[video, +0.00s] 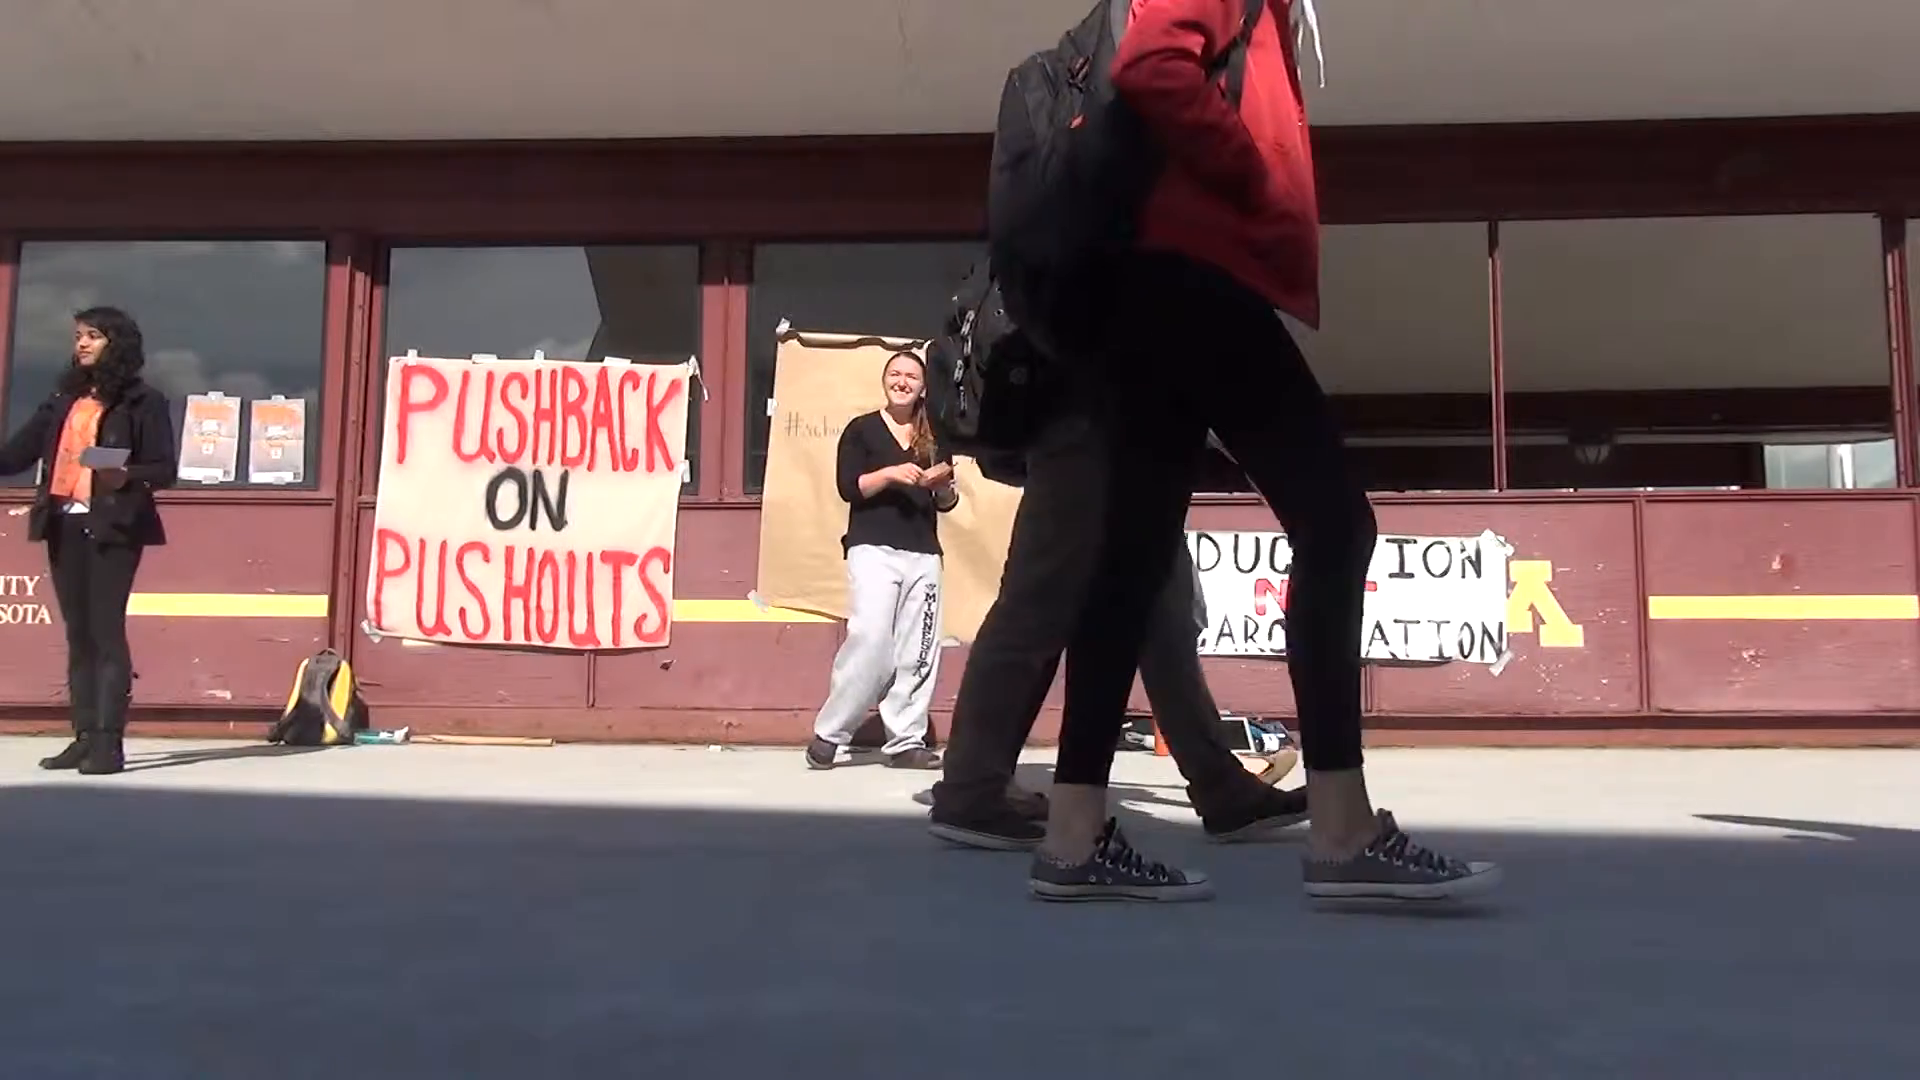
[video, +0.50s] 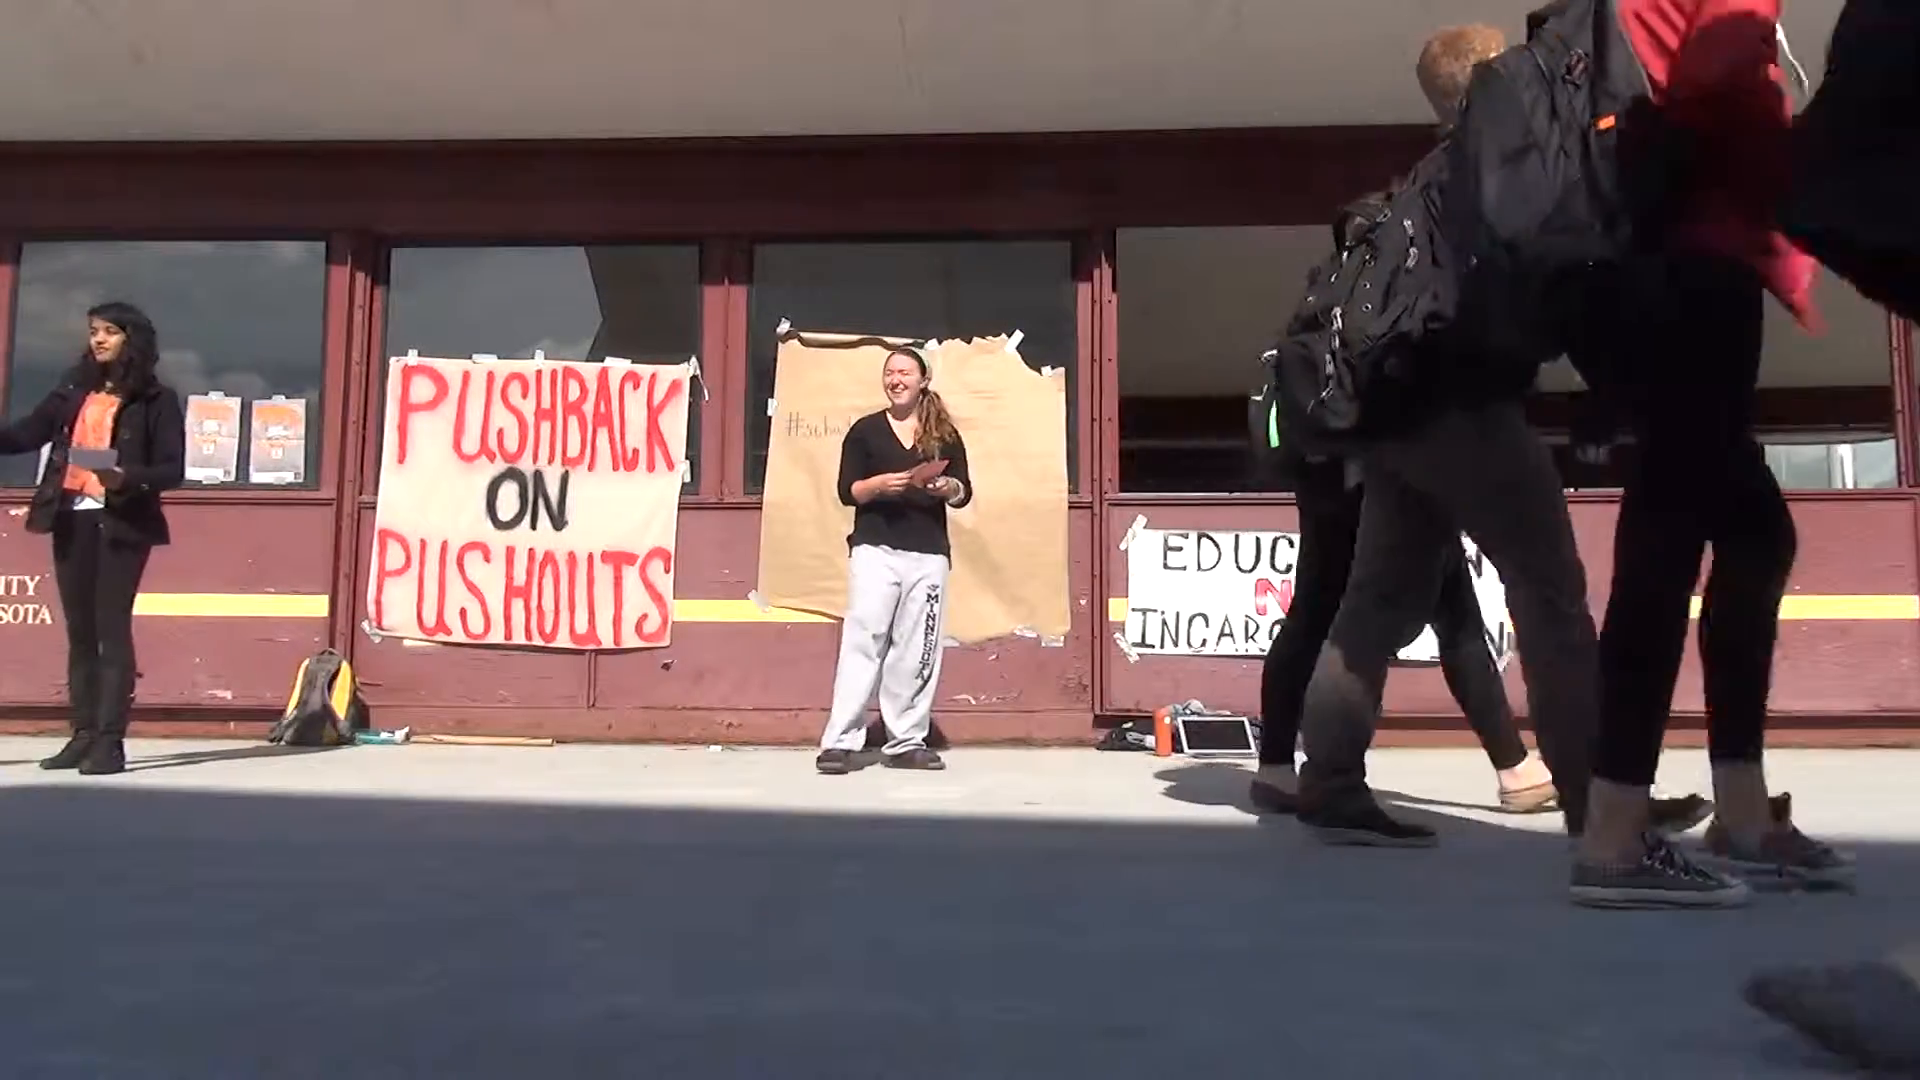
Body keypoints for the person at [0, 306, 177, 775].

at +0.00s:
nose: (79, 345)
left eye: (89, 337)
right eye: (77, 337)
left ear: (116, 343)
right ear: (76, 345)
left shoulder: (144, 400)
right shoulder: (65, 398)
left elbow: (163, 469)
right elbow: (21, 447)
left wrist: (125, 473)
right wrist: (3, 467)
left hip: (113, 526)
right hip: (65, 526)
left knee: (106, 631)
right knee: (78, 632)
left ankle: (107, 743)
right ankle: (86, 736)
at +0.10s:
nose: (82, 343)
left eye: (92, 336)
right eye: (79, 336)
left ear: (119, 342)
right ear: (77, 343)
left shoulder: (145, 399)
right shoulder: (67, 397)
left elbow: (163, 470)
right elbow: (24, 448)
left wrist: (119, 471)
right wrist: (3, 466)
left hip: (114, 526)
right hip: (66, 525)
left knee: (106, 631)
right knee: (78, 632)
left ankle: (107, 742)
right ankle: (85, 736)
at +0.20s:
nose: (86, 342)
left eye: (97, 335)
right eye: (83, 335)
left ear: (123, 341)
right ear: (79, 342)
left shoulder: (147, 397)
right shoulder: (70, 395)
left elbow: (163, 469)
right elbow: (26, 444)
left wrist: (114, 472)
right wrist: (7, 461)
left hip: (115, 525)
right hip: (67, 524)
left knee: (106, 631)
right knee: (79, 631)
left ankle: (107, 743)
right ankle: (85, 736)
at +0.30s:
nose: (90, 341)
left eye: (101, 334)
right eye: (86, 334)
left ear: (125, 339)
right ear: (81, 341)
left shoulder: (148, 398)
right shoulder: (71, 396)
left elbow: (165, 468)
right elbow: (23, 443)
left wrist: (115, 472)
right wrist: (3, 451)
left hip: (117, 526)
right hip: (68, 525)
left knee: (107, 627)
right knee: (79, 629)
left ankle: (109, 741)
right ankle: (85, 735)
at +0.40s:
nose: (93, 340)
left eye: (104, 333)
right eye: (90, 333)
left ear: (128, 338)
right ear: (85, 340)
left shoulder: (151, 396)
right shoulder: (74, 392)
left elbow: (167, 469)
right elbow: (26, 437)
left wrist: (119, 474)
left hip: (119, 525)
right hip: (69, 523)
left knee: (109, 631)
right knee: (80, 631)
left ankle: (109, 742)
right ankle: (84, 735)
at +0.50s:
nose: (96, 341)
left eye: (106, 333)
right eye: (93, 333)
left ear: (131, 338)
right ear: (90, 340)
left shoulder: (157, 397)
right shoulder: (77, 387)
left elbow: (172, 471)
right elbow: (29, 433)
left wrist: (127, 478)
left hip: (122, 525)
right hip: (72, 523)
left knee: (111, 630)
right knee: (80, 631)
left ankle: (110, 742)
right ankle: (85, 735)